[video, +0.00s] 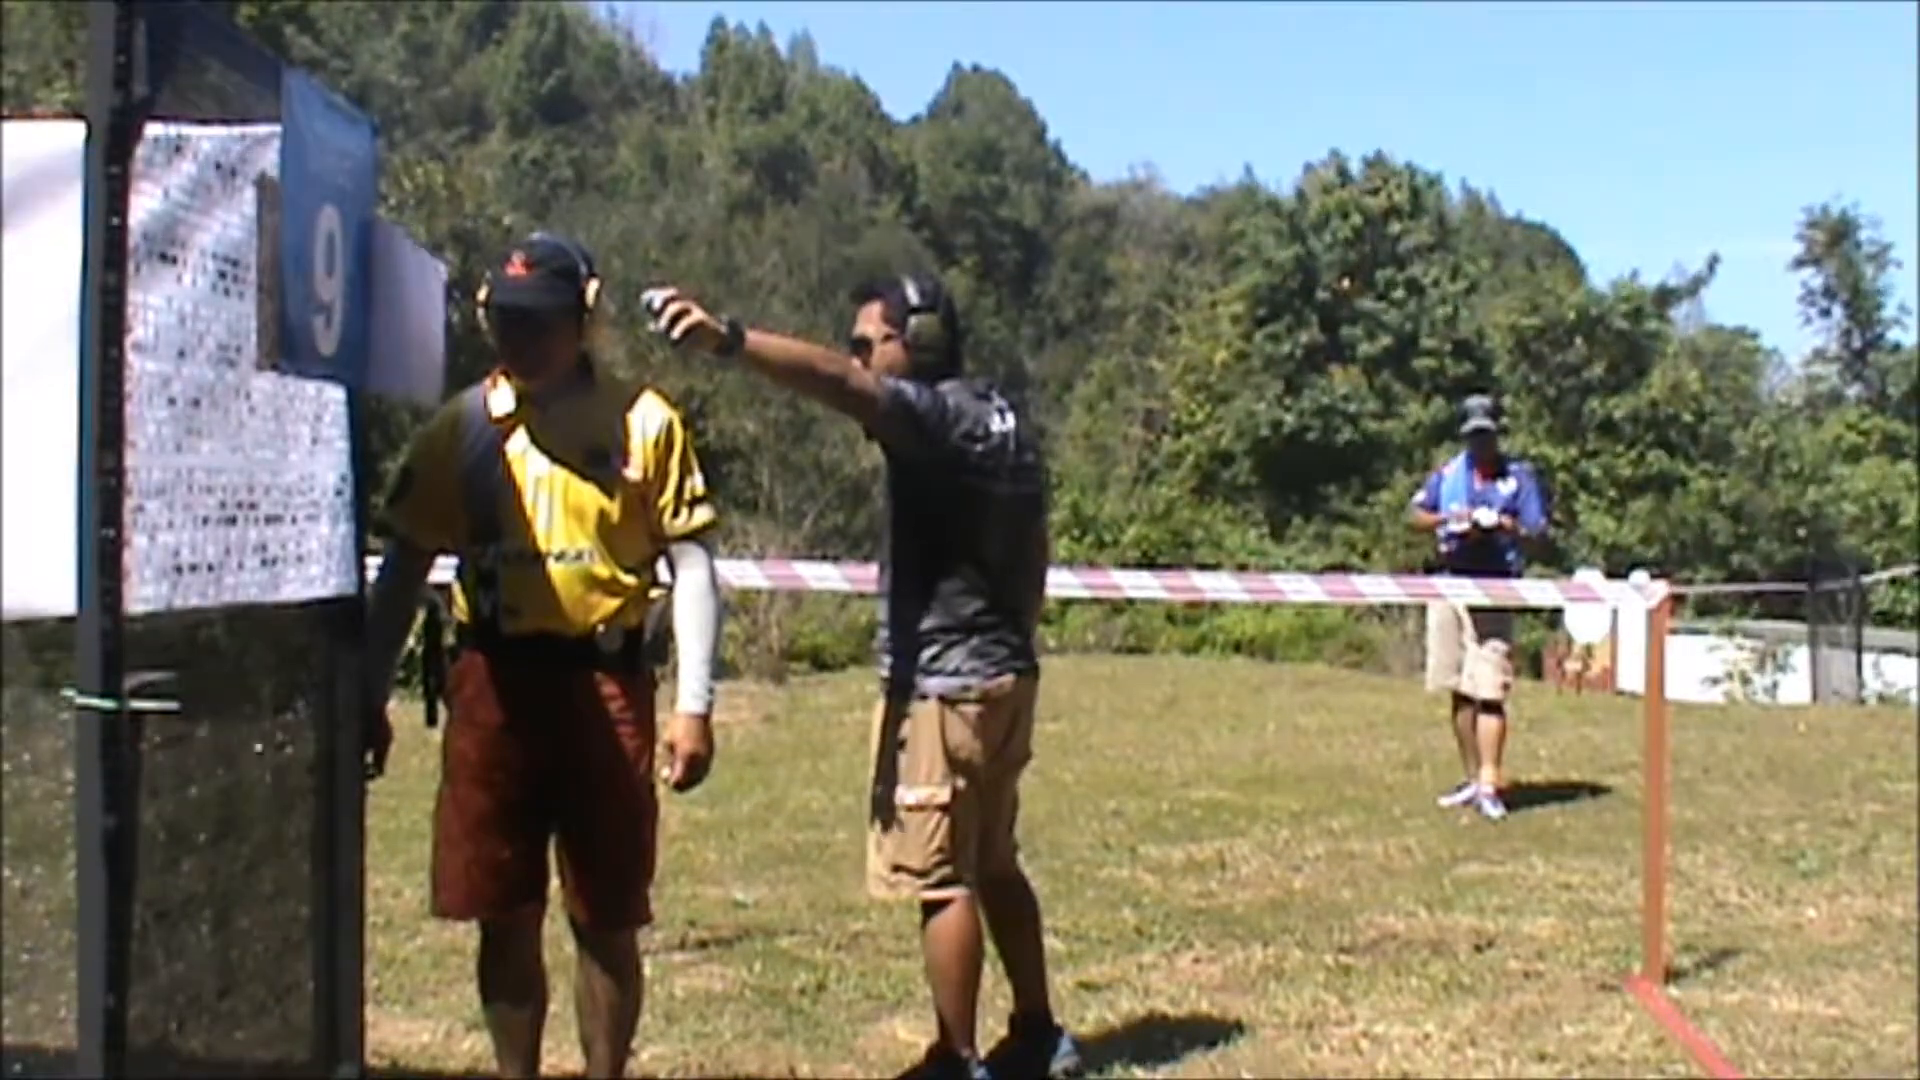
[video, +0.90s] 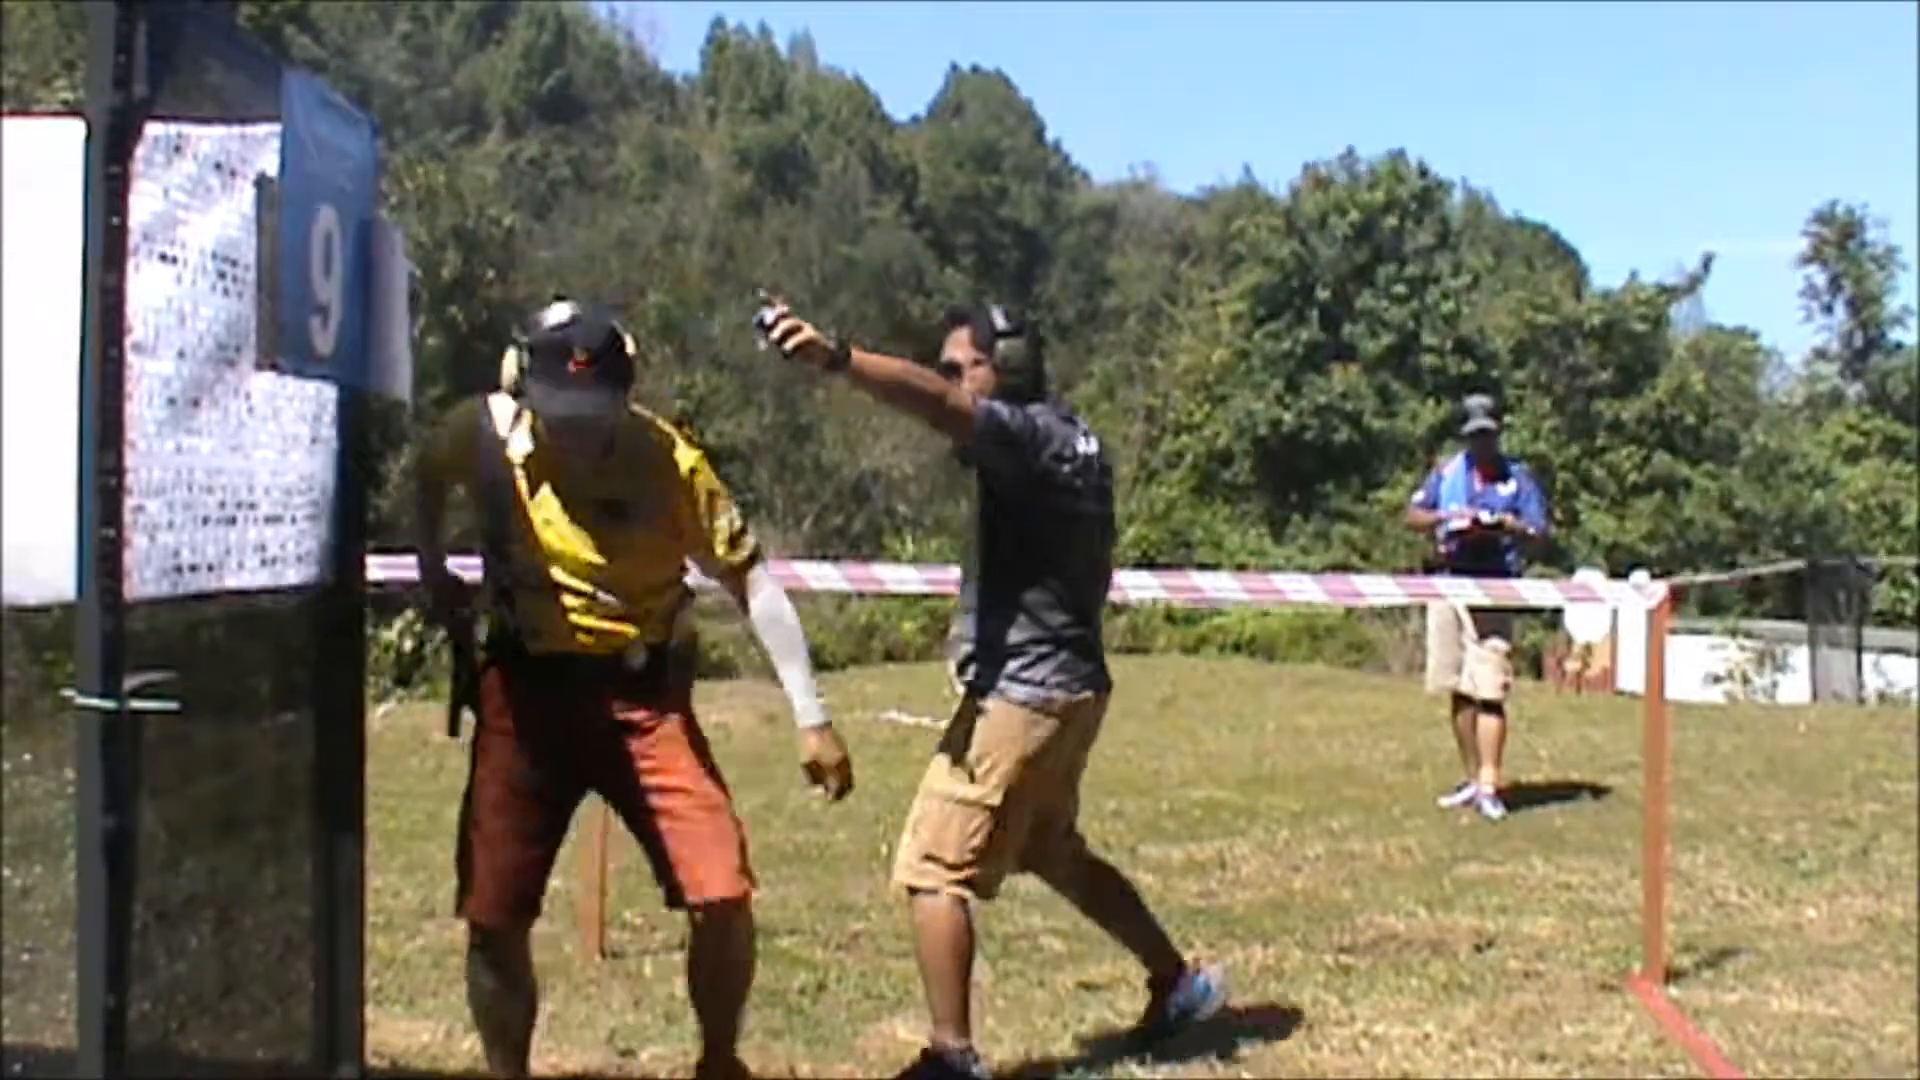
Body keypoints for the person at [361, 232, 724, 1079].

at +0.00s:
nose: (516, 339)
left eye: (536, 324)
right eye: (505, 321)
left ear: (583, 326)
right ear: (490, 320)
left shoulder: (645, 424)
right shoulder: (465, 426)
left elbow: (692, 564)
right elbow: (405, 565)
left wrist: (694, 701)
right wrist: (370, 694)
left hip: (605, 694)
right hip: (495, 694)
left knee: (606, 925)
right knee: (503, 917)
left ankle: (606, 1072)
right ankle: (517, 1072)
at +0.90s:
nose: (580, 433)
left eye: (595, 416)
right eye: (562, 416)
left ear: (624, 394)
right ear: (531, 394)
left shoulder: (671, 461)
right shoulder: (490, 432)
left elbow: (752, 583)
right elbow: (425, 475)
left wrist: (813, 718)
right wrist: (436, 583)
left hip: (645, 702)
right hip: (526, 698)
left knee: (724, 898)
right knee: (493, 922)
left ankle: (719, 1061)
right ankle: (509, 1072)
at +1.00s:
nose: (594, 453)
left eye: (610, 435)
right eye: (575, 437)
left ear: (638, 411)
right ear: (545, 413)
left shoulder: (685, 481)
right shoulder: (495, 455)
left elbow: (766, 594)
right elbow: (455, 522)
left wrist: (818, 723)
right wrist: (479, 649)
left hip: (664, 714)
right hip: (541, 712)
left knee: (757, 909)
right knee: (491, 928)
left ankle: (789, 1048)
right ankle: (503, 1071)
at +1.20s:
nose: (704, 512)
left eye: (712, 491)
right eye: (682, 500)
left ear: (726, 467)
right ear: (638, 485)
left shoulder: (772, 547)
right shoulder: (581, 514)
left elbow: (843, 644)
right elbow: (531, 551)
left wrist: (916, 759)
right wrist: (552, 665)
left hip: (736, 769)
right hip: (613, 763)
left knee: (850, 946)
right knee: (538, 957)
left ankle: (916, 1070)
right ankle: (525, 1071)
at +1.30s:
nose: (811, 500)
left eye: (826, 481)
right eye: (789, 483)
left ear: (848, 464)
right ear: (748, 466)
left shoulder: (885, 552)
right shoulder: (693, 502)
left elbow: (975, 646)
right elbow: (617, 522)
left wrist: (1063, 756)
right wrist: (635, 637)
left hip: (815, 780)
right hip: (690, 763)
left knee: (909, 951)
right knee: (583, 948)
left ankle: (927, 1072)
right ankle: (537, 1070)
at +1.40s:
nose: (863, 450)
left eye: (883, 432)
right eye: (848, 432)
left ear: (924, 430)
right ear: (830, 425)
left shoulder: (975, 534)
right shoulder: (787, 475)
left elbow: (1068, 628)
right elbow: (710, 492)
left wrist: (1157, 742)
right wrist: (721, 599)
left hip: (890, 763)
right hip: (769, 740)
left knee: (946, 961)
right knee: (648, 936)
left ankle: (954, 1076)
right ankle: (562, 1066)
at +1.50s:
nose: (949, 387)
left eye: (970, 371)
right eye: (941, 367)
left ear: (1018, 373)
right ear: (930, 365)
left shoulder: (1083, 474)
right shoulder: (895, 436)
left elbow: (1189, 561)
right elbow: (820, 467)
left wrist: (1249, 681)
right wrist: (833, 553)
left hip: (1007, 742)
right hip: (889, 719)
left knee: (1001, 958)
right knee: (810, 905)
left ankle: (970, 1070)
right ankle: (816, 1038)